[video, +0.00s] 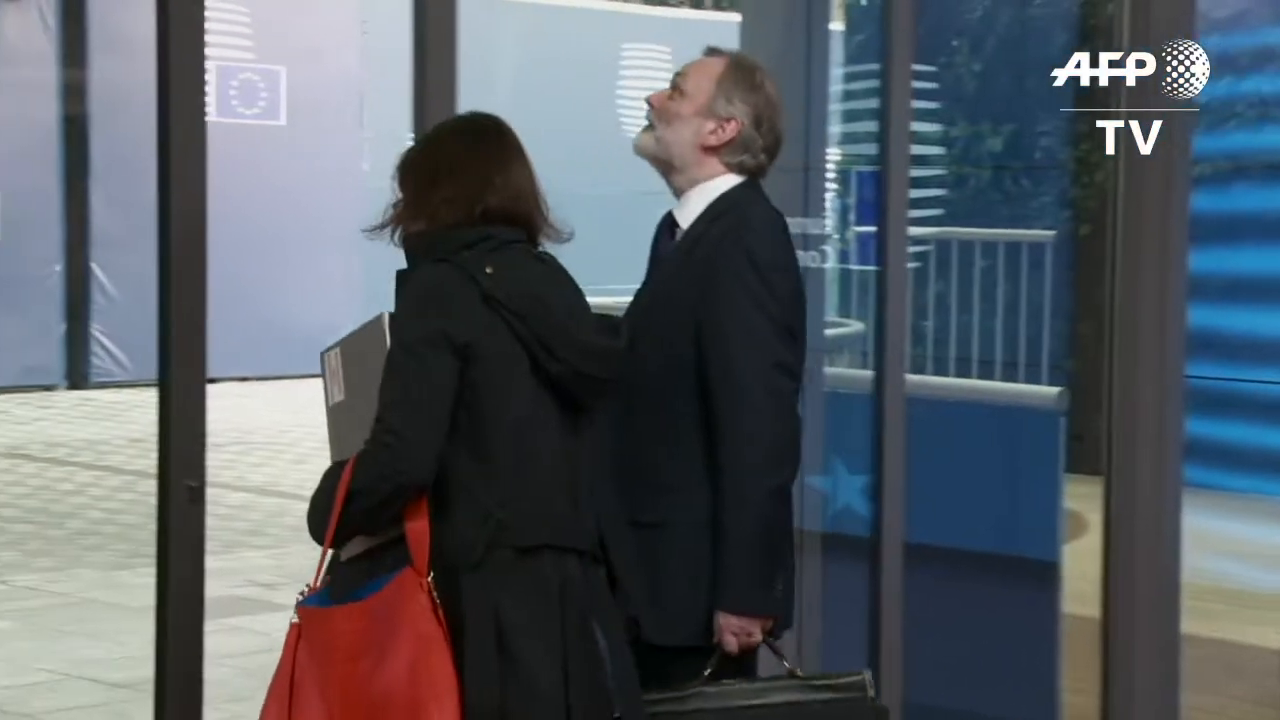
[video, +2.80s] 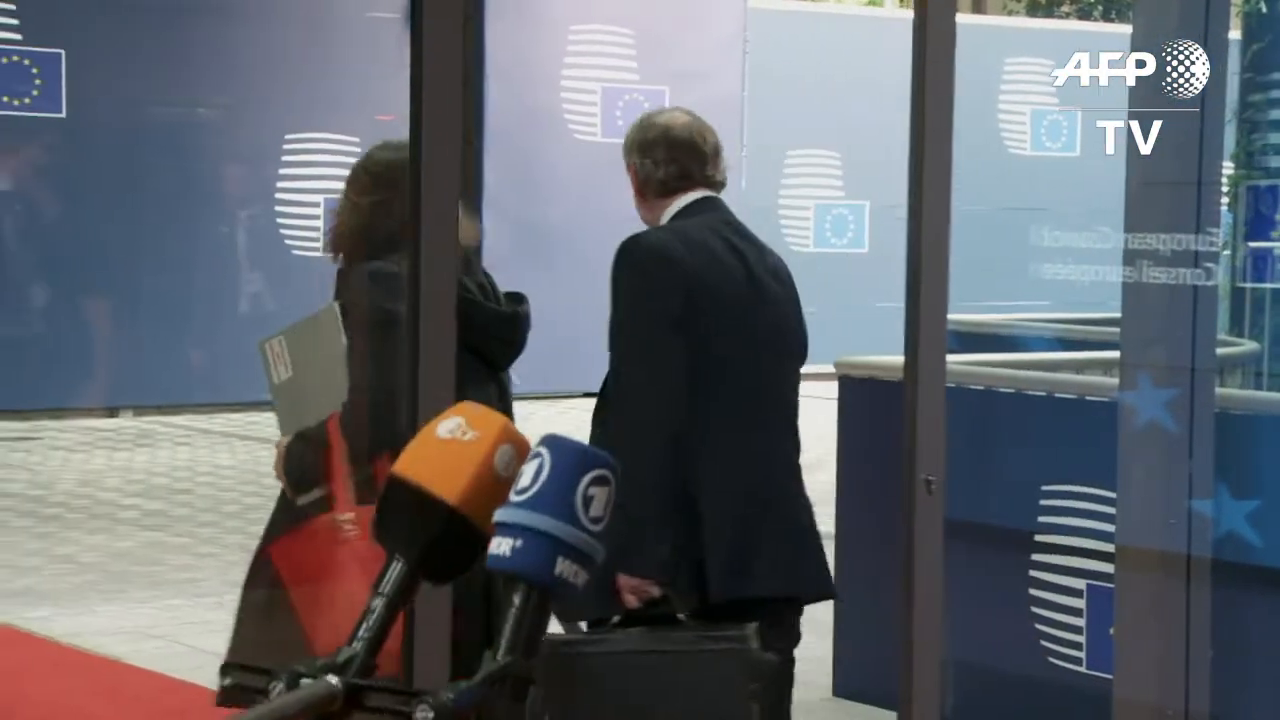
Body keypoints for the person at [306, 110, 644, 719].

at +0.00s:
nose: (405, 211)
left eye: (412, 194)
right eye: (406, 193)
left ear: (436, 195)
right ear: (513, 188)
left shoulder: (436, 284)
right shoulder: (551, 284)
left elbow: (407, 452)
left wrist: (333, 503)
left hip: (490, 590)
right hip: (574, 579)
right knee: (575, 702)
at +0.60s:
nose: (488, 215)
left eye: (495, 198)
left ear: (511, 200)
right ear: (599, 196)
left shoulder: (508, 295)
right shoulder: (637, 296)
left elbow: (469, 462)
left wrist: (418, 523)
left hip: (555, 588)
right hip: (646, 584)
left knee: (561, 708)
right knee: (644, 705)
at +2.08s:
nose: (451, 228)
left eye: (457, 211)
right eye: (450, 211)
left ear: (481, 213)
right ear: (547, 204)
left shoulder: (513, 293)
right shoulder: (572, 281)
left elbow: (528, 439)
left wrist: (440, 491)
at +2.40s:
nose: (390, 236)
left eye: (398, 221)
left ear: (416, 229)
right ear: (480, 222)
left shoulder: (441, 310)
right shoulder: (507, 298)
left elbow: (463, 447)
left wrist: (380, 507)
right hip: (548, 551)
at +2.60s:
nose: (360, 236)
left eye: (367, 219)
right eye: (362, 222)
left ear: (389, 216)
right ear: (452, 209)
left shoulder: (406, 284)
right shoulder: (488, 275)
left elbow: (421, 409)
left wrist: (341, 465)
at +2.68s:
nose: (358, 213)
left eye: (364, 199)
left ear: (374, 203)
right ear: (453, 197)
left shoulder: (390, 278)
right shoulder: (480, 267)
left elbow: (404, 404)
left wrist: (327, 457)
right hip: (489, 487)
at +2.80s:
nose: (340, 216)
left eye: (349, 201)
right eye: (345, 201)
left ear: (374, 207)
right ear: (435, 206)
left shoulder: (376, 282)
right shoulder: (471, 276)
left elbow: (381, 407)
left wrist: (305, 454)